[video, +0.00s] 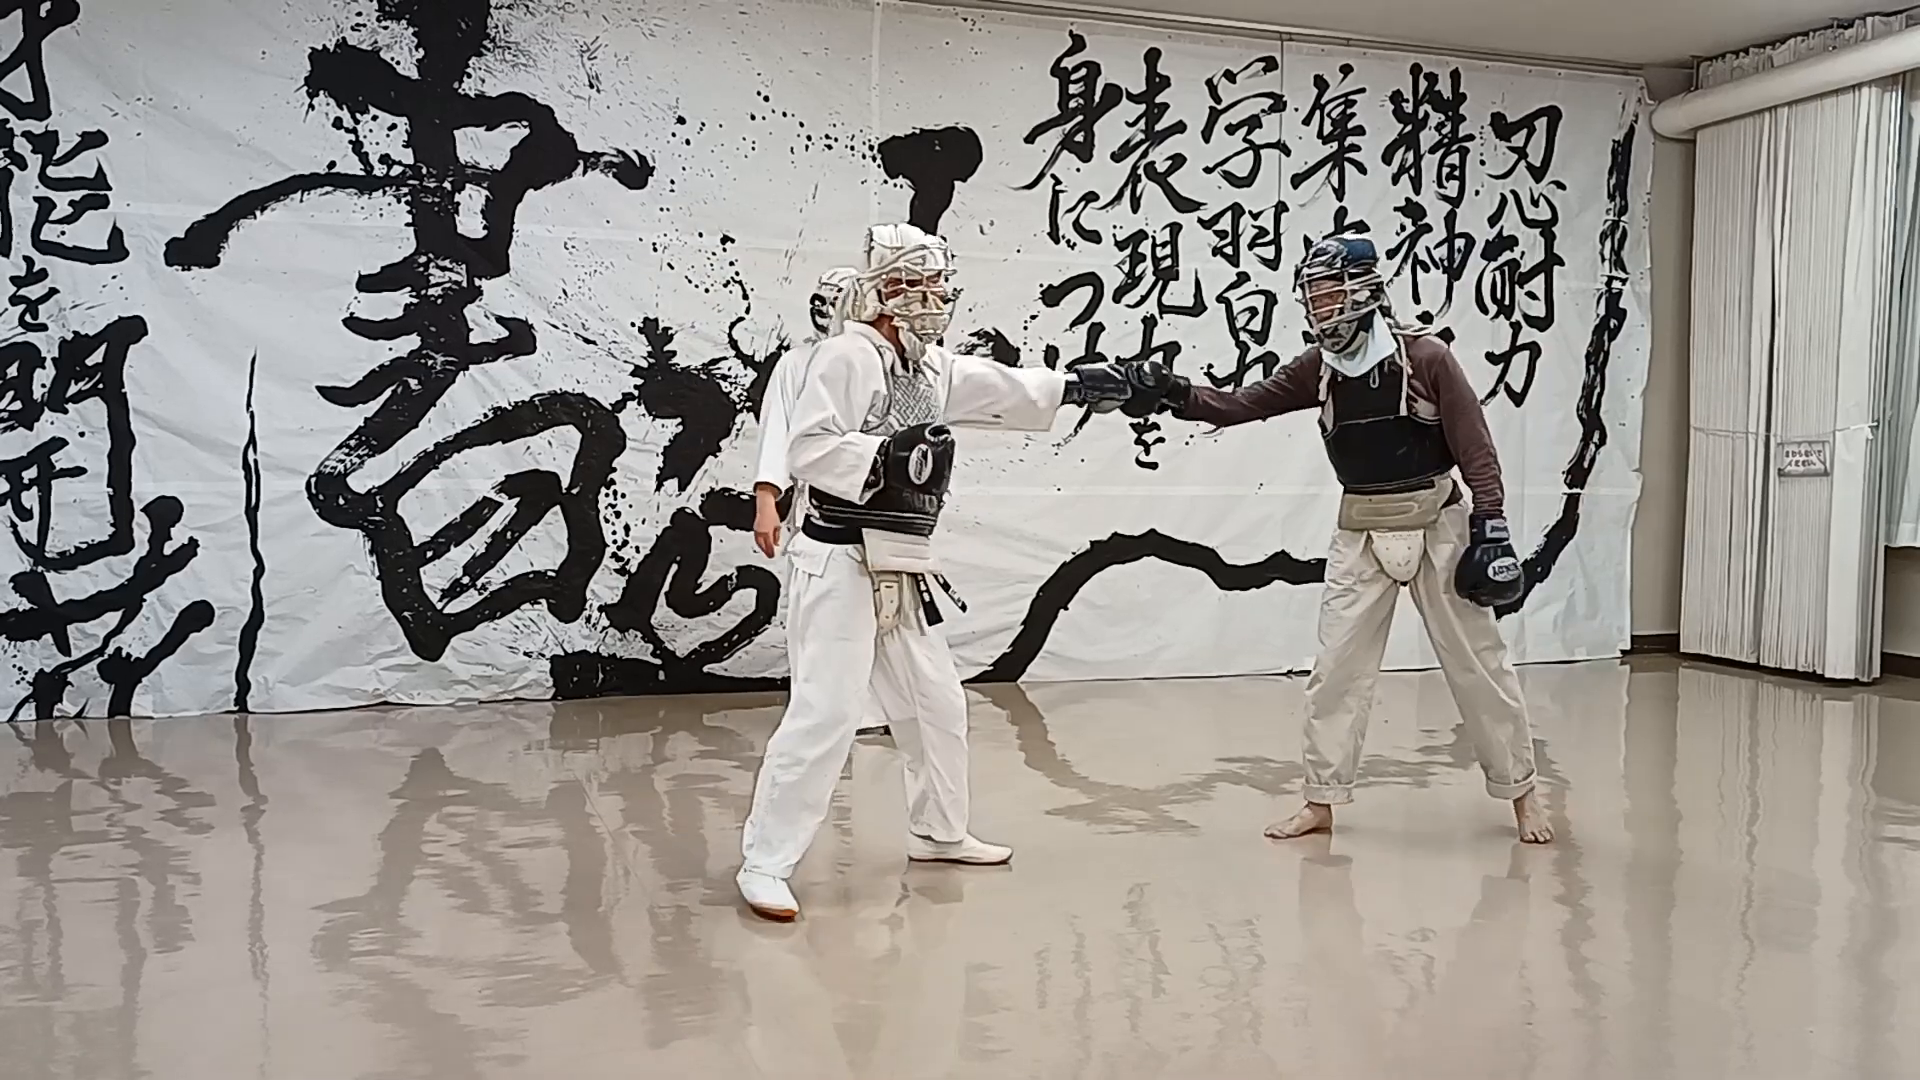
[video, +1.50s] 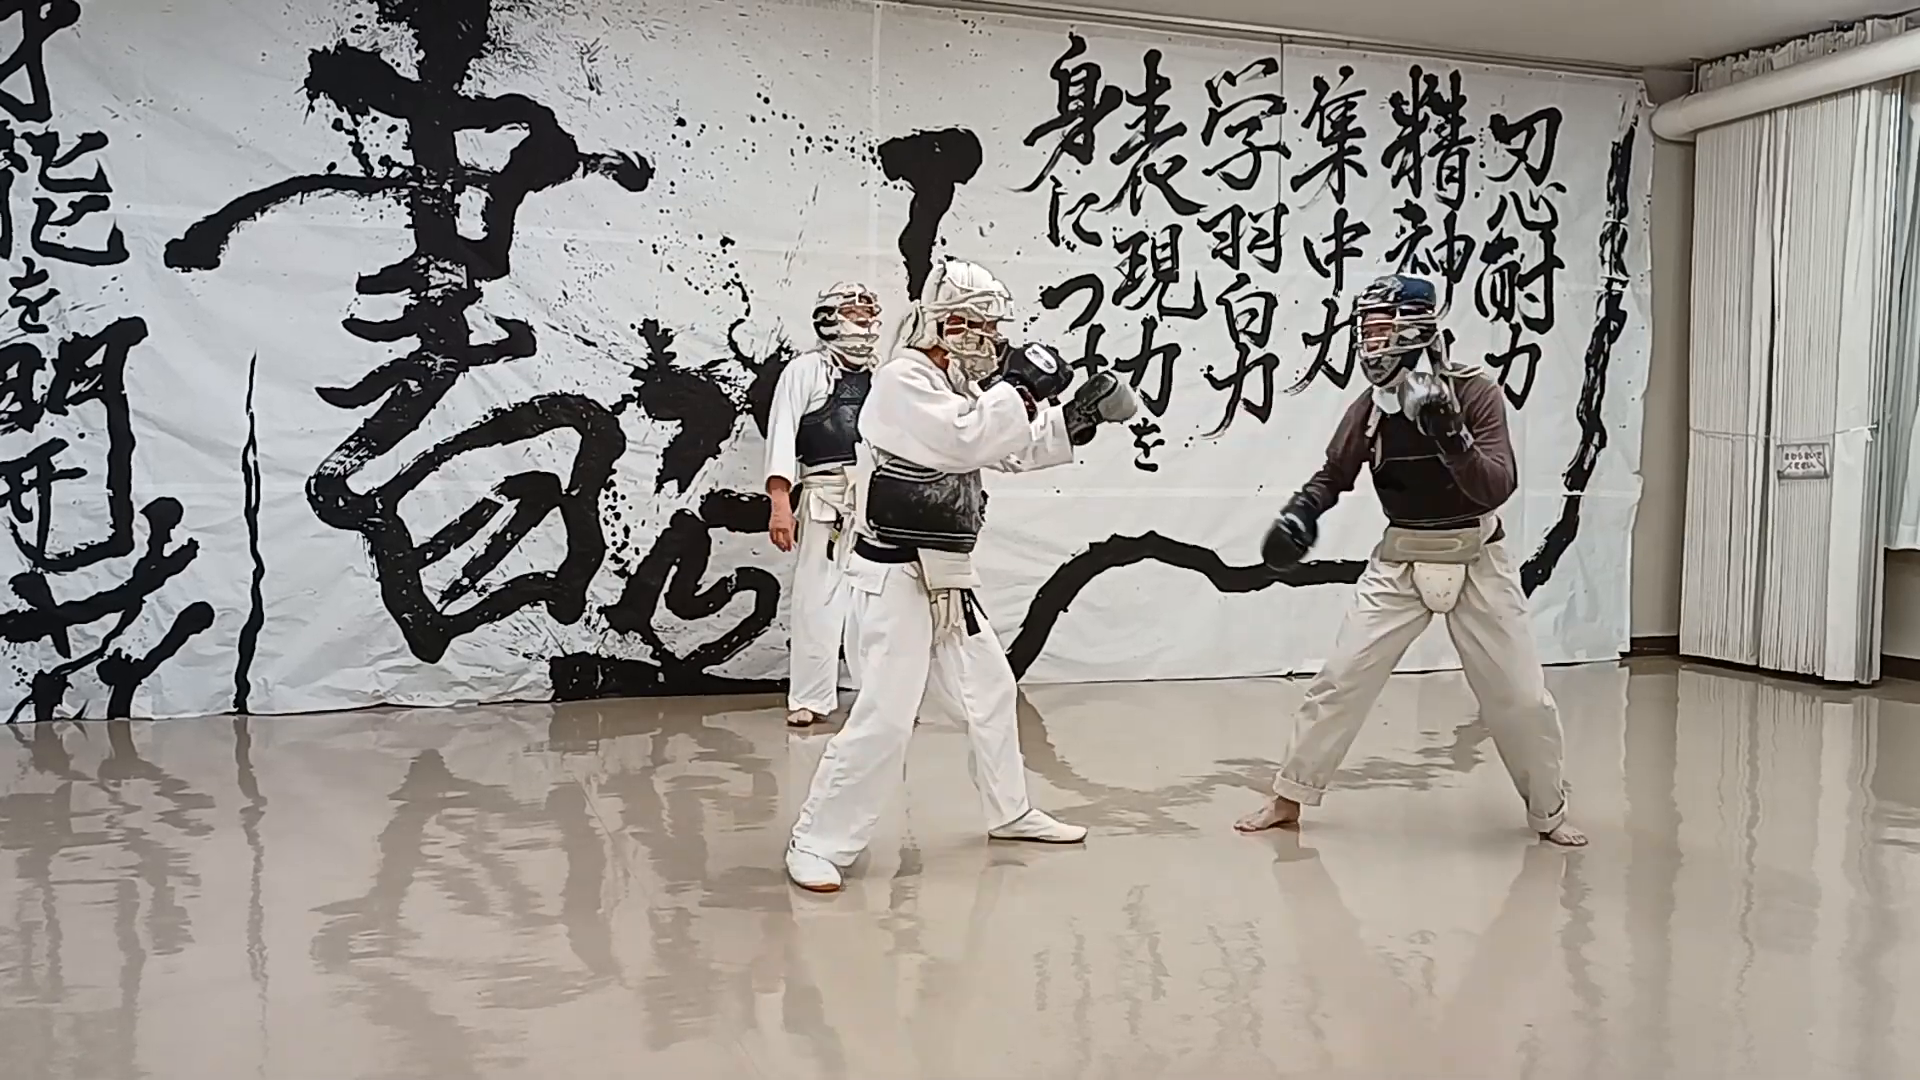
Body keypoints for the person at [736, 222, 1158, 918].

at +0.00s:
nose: (926, 298)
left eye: (932, 287)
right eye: (912, 285)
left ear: (937, 294)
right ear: (880, 289)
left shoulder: (935, 367)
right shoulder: (845, 353)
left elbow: (1020, 388)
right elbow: (806, 445)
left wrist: (1106, 384)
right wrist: (886, 460)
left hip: (896, 562)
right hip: (833, 558)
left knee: (936, 701)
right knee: (824, 714)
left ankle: (938, 835)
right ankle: (764, 867)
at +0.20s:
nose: (942, 297)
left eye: (948, 285)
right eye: (929, 284)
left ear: (950, 291)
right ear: (896, 286)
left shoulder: (939, 370)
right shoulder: (859, 346)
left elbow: (996, 435)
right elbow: (835, 443)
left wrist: (1067, 456)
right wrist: (920, 472)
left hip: (911, 552)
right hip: (848, 550)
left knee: (928, 701)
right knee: (835, 708)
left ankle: (929, 832)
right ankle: (777, 849)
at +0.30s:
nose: (933, 292)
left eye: (939, 280)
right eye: (918, 279)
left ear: (945, 286)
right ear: (885, 282)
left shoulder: (927, 367)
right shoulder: (855, 345)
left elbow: (963, 450)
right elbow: (842, 448)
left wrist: (1003, 513)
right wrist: (919, 505)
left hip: (906, 548)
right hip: (846, 548)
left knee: (926, 696)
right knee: (837, 705)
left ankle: (929, 831)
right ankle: (791, 848)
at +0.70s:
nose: (908, 308)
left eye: (916, 296)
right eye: (894, 295)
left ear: (923, 300)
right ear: (864, 296)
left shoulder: (905, 362)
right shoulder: (836, 357)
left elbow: (917, 451)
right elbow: (874, 447)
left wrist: (944, 509)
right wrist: (962, 442)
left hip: (897, 552)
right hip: (841, 559)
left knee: (938, 686)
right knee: (832, 715)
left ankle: (978, 807)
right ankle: (788, 853)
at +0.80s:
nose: (915, 314)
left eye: (923, 303)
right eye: (902, 301)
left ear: (932, 307)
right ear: (871, 301)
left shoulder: (905, 367)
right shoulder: (846, 362)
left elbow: (931, 445)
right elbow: (920, 422)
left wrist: (948, 493)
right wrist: (978, 374)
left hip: (901, 560)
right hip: (853, 563)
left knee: (932, 694)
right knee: (843, 715)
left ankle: (971, 814)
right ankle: (788, 853)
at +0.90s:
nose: (936, 317)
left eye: (942, 306)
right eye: (922, 304)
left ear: (948, 310)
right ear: (890, 305)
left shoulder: (919, 367)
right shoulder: (869, 363)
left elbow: (958, 432)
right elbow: (950, 409)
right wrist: (990, 348)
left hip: (918, 561)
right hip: (867, 565)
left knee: (945, 696)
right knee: (851, 716)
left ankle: (976, 819)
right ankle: (791, 852)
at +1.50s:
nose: (980, 338)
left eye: (987, 327)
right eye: (967, 324)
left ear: (995, 332)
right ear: (937, 326)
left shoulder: (972, 393)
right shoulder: (902, 379)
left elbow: (1018, 450)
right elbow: (964, 438)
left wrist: (1078, 421)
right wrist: (1022, 389)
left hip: (946, 572)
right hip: (889, 571)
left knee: (991, 690)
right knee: (885, 717)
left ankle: (1010, 813)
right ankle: (815, 846)